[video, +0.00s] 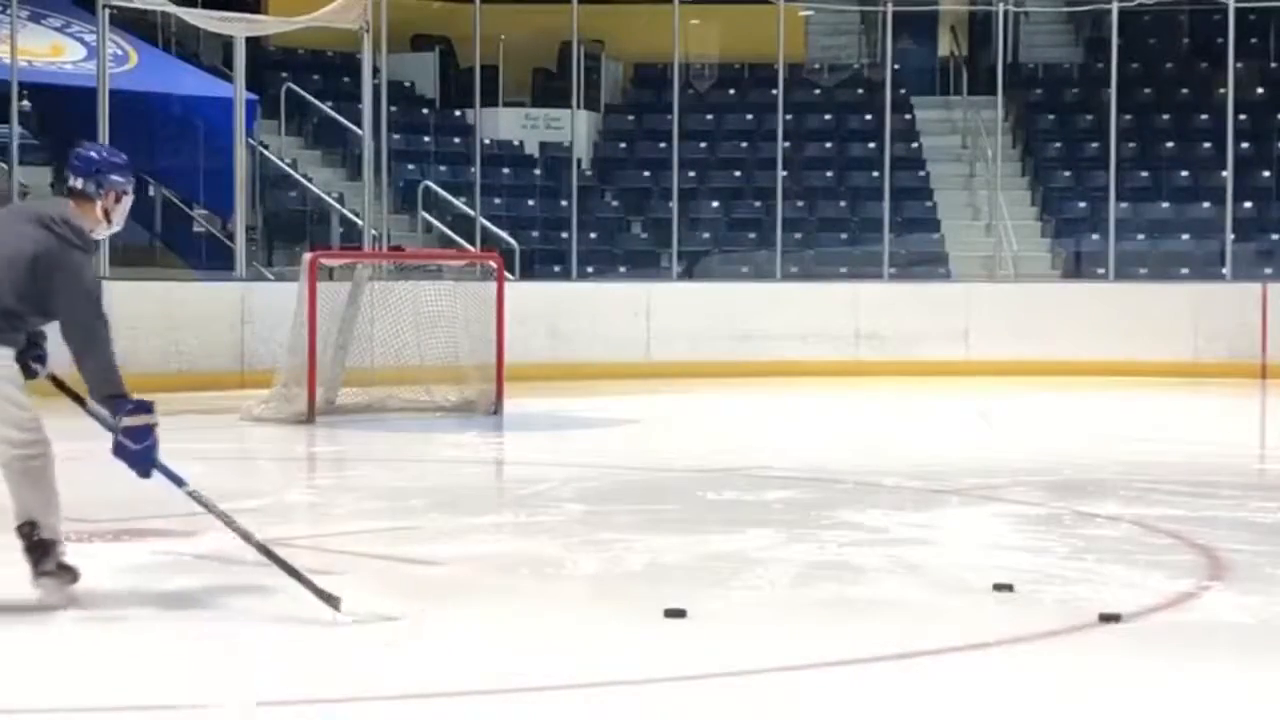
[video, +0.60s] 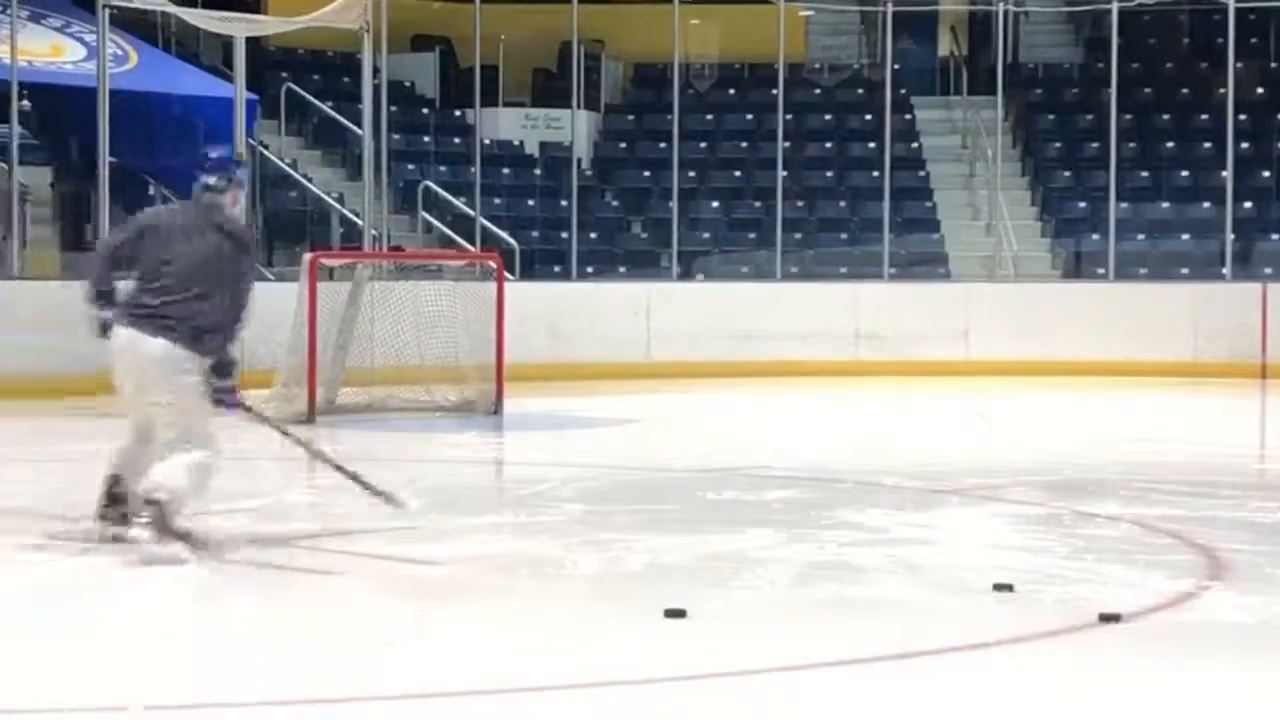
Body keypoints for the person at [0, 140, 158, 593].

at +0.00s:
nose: (124, 213)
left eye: (126, 201)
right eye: (124, 201)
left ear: (76, 188)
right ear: (108, 199)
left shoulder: (23, 215)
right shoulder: (68, 256)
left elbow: (7, 281)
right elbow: (91, 345)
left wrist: (27, 335)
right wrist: (123, 414)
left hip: (6, 348)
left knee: (22, 437)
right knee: (24, 439)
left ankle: (42, 551)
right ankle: (44, 554)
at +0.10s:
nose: (138, 215)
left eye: (140, 204)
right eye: (138, 204)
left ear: (92, 192)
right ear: (121, 203)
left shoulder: (44, 215)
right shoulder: (84, 246)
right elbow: (85, 338)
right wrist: (95, 406)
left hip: (9, 342)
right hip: (7, 346)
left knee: (27, 440)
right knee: (28, 441)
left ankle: (61, 546)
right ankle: (62, 546)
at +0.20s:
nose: (146, 214)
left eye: (148, 203)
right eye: (146, 203)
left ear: (100, 189)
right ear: (133, 202)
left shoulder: (37, 207)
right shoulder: (102, 258)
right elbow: (72, 327)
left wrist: (66, 371)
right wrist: (69, 378)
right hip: (20, 345)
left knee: (22, 450)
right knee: (26, 452)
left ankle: (42, 519)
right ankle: (44, 521)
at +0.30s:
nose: (158, 229)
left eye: (160, 219)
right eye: (159, 219)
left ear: (114, 200)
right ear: (147, 216)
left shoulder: (64, 213)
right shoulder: (131, 260)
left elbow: (6, 222)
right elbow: (102, 344)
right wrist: (102, 359)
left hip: (2, 336)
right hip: (39, 355)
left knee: (13, 458)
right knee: (43, 461)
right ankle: (46, 510)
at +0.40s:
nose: (181, 231)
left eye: (183, 222)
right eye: (180, 221)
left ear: (137, 207)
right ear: (168, 221)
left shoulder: (92, 224)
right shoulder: (160, 269)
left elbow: (28, 254)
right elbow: (132, 326)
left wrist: (42, 293)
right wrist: (128, 337)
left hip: (27, 344)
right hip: (76, 362)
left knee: (34, 434)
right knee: (78, 462)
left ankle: (19, 510)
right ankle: (51, 522)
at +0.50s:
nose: (208, 217)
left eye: (209, 208)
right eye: (206, 208)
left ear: (164, 198)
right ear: (196, 208)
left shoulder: (124, 224)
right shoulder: (199, 257)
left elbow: (71, 252)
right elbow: (174, 316)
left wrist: (54, 292)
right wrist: (168, 350)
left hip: (74, 339)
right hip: (122, 356)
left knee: (81, 431)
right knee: (127, 459)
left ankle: (65, 507)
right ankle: (93, 520)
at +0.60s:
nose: (240, 202)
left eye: (238, 193)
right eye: (237, 193)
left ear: (198, 190)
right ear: (231, 196)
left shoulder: (161, 217)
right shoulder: (237, 243)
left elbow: (109, 248)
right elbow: (228, 316)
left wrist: (105, 302)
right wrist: (223, 372)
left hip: (128, 336)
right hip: (177, 353)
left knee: (145, 428)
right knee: (196, 446)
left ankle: (117, 494)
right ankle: (159, 498)